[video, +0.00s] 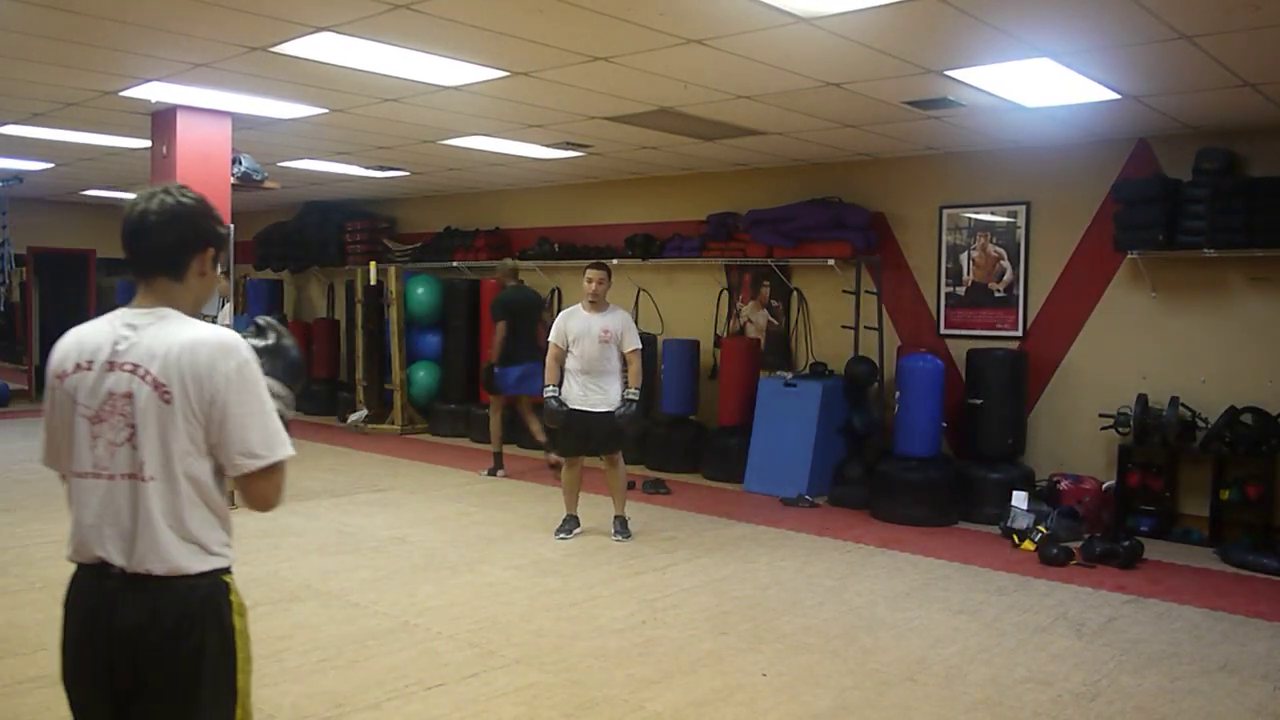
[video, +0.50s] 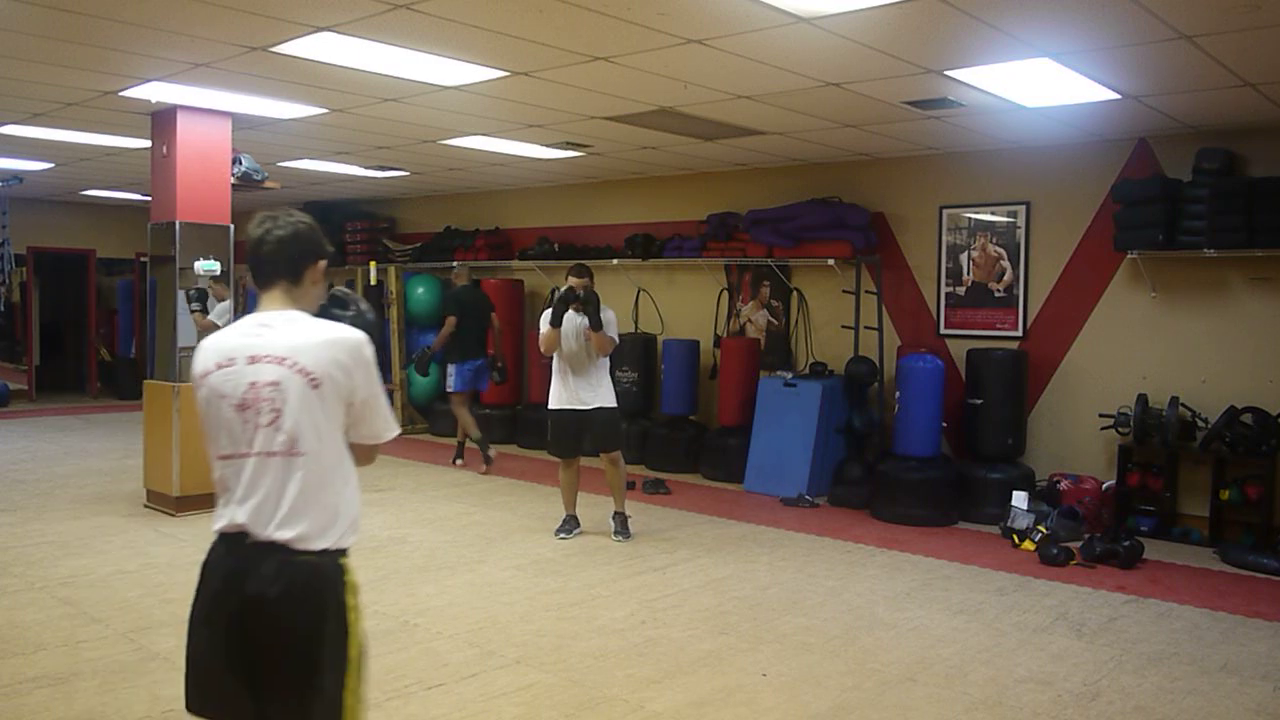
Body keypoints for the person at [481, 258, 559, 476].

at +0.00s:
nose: (497, 281)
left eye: (498, 277)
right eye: (498, 277)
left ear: (503, 278)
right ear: (517, 276)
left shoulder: (502, 299)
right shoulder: (533, 295)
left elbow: (501, 331)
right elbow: (548, 324)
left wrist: (494, 360)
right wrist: (544, 349)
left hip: (508, 361)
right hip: (532, 359)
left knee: (496, 408)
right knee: (526, 407)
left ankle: (498, 464)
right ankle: (549, 449)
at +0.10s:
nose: (489, 277)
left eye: (489, 274)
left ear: (490, 274)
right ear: (507, 272)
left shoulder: (490, 295)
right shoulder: (521, 293)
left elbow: (487, 325)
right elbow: (535, 320)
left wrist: (478, 350)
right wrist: (534, 345)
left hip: (496, 358)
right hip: (518, 356)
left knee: (493, 408)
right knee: (509, 404)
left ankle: (497, 463)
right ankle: (525, 442)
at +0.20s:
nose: (480, 277)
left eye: (479, 274)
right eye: (484, 273)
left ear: (480, 274)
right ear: (497, 273)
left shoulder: (480, 294)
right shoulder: (510, 292)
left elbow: (475, 325)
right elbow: (525, 320)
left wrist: (462, 349)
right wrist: (527, 350)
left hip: (488, 357)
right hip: (508, 355)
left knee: (489, 407)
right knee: (494, 404)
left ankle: (497, 461)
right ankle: (499, 448)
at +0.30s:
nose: (472, 278)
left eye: (472, 275)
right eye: (476, 274)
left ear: (472, 276)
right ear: (488, 276)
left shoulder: (470, 296)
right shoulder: (500, 295)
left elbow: (463, 326)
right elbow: (515, 322)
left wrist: (448, 347)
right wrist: (518, 352)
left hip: (479, 357)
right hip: (499, 355)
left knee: (485, 405)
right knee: (480, 402)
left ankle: (497, 460)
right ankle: (476, 445)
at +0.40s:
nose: (461, 280)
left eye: (462, 277)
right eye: (463, 277)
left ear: (464, 277)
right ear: (478, 277)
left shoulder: (462, 297)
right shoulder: (491, 296)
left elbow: (455, 326)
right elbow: (506, 324)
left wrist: (437, 349)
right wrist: (508, 354)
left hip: (470, 360)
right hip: (489, 358)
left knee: (478, 407)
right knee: (471, 405)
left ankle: (495, 460)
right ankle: (462, 452)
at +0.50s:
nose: (451, 277)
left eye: (453, 274)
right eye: (454, 273)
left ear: (455, 276)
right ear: (469, 276)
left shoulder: (453, 295)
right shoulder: (482, 295)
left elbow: (450, 325)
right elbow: (496, 325)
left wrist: (432, 349)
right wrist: (497, 353)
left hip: (459, 358)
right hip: (479, 356)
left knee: (458, 404)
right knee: (464, 404)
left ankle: (484, 447)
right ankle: (459, 453)